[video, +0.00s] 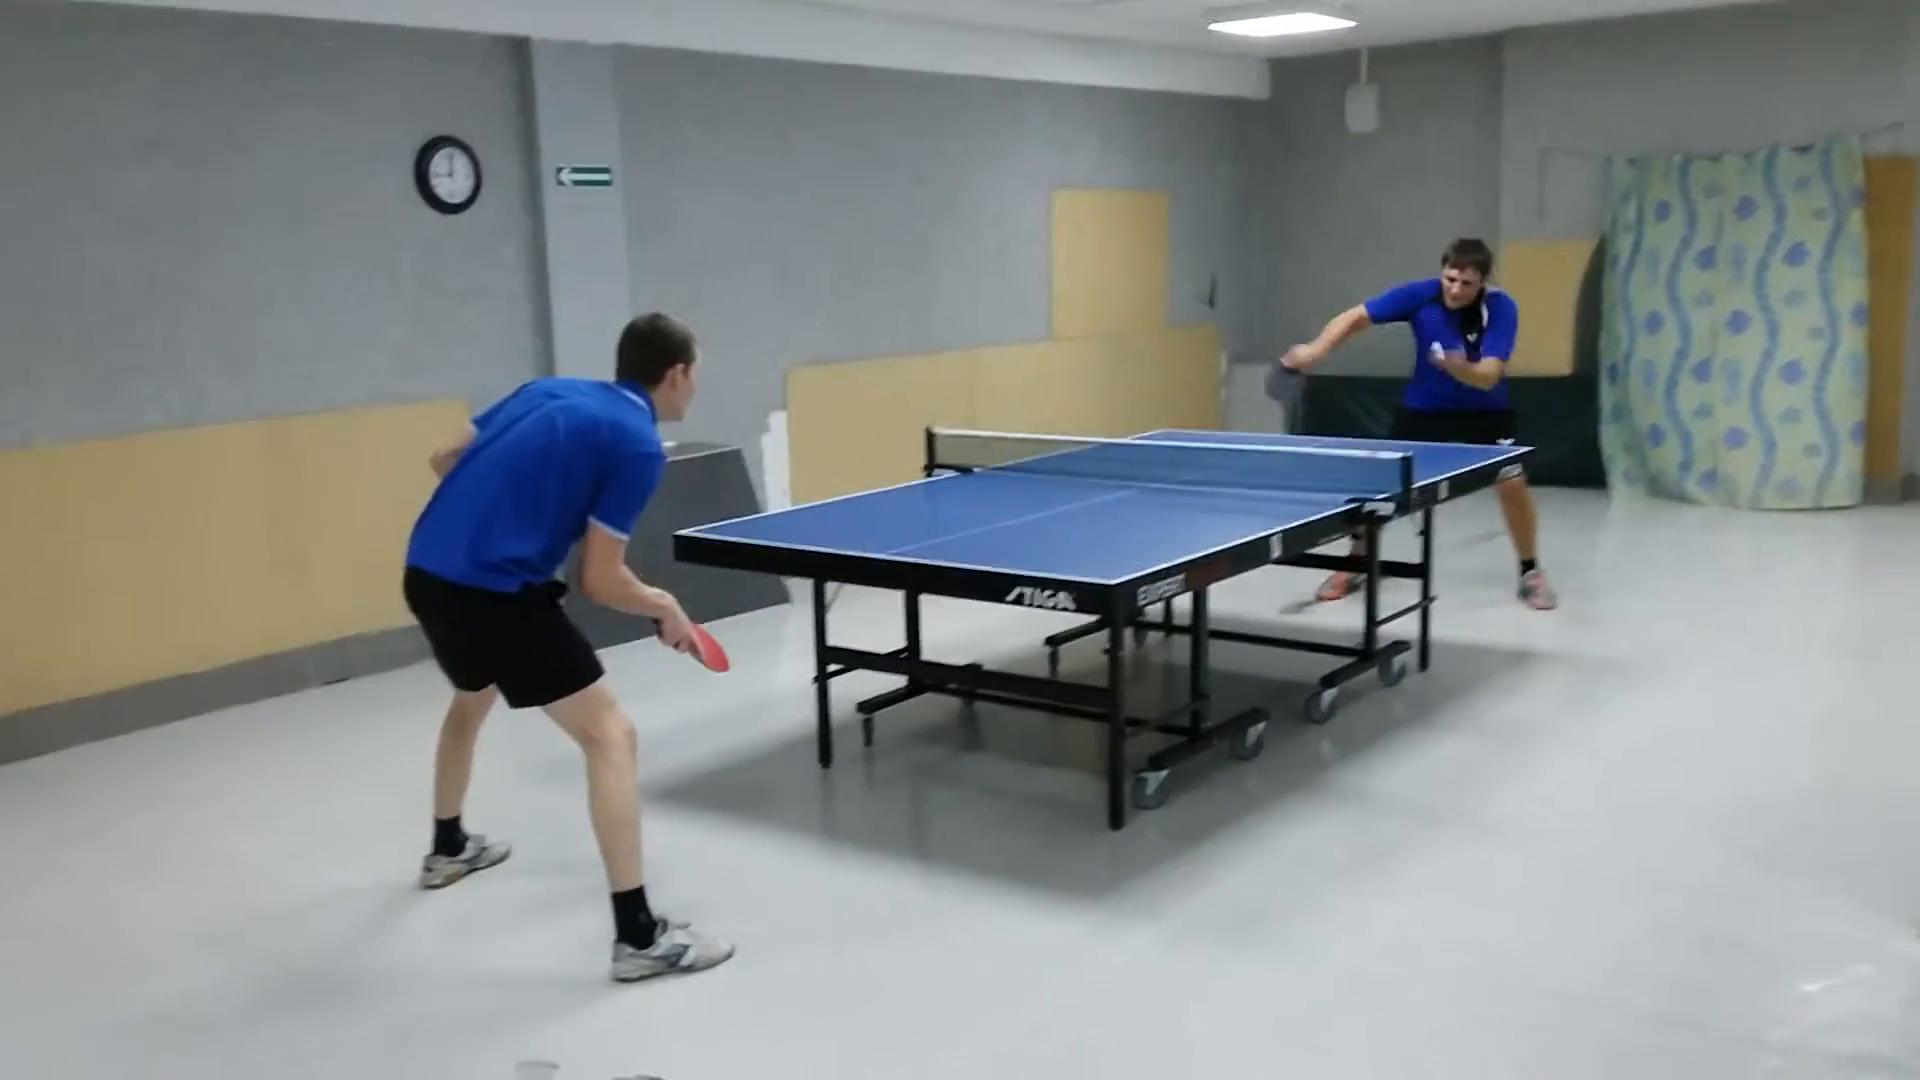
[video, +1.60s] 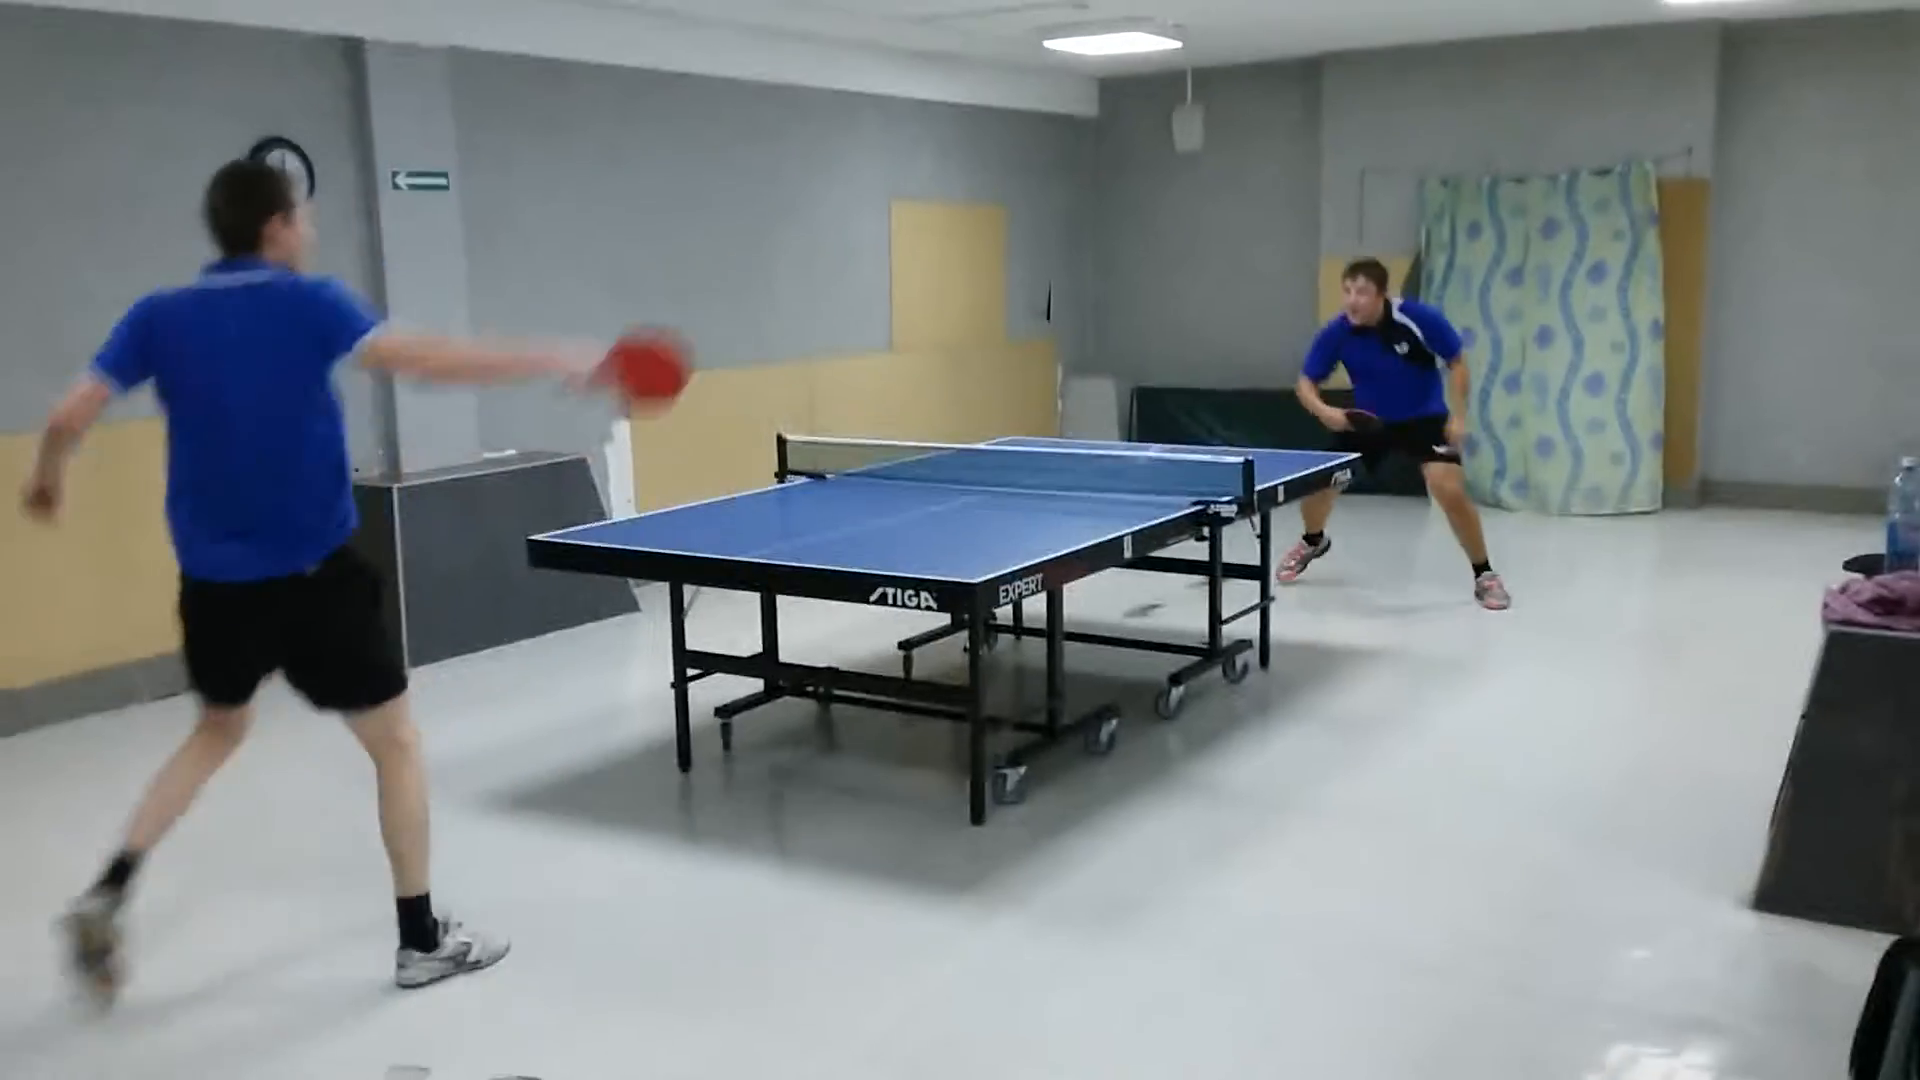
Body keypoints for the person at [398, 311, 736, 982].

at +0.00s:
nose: (695, 387)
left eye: (693, 374)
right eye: (693, 375)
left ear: (628, 367)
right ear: (673, 377)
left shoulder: (550, 391)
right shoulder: (637, 444)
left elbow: (445, 457)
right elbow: (601, 579)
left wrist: (502, 522)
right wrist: (664, 606)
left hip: (429, 572)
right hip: (499, 590)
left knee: (474, 691)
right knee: (610, 736)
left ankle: (446, 846)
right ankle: (638, 936)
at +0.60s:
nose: (573, 364)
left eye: (570, 351)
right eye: (569, 352)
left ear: (505, 355)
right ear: (547, 358)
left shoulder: (434, 396)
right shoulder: (530, 436)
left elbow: (349, 482)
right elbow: (532, 573)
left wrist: (414, 530)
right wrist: (608, 579)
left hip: (352, 605)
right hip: (423, 617)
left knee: (396, 723)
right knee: (531, 765)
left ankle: (338, 880)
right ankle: (538, 966)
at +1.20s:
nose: (511, 393)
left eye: (510, 381)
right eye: (509, 381)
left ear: (438, 386)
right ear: (493, 382)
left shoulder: (381, 437)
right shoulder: (485, 473)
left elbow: (326, 509)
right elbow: (600, 566)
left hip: (338, 658)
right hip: (409, 666)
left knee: (425, 706)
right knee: (588, 709)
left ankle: (306, 836)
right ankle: (576, 899)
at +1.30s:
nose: (472, 338)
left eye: (467, 324)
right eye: (467, 325)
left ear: (398, 334)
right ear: (450, 331)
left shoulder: (340, 385)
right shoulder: (464, 419)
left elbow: (252, 408)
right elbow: (581, 429)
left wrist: (313, 444)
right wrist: (694, 383)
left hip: (326, 615)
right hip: (406, 624)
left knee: (401, 681)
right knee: (567, 702)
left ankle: (311, 823)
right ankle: (582, 884)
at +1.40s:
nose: (410, 268)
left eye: (402, 254)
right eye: (403, 256)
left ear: (332, 267)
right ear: (388, 263)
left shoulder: (269, 327)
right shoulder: (416, 339)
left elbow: (140, 359)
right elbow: (568, 338)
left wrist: (179, 402)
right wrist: (700, 320)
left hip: (275, 582)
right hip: (367, 584)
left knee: (301, 679)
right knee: (474, 715)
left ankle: (291, 825)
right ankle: (547, 891)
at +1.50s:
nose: (360, 220)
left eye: (354, 206)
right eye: (353, 207)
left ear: (275, 218)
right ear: (330, 216)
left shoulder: (212, 291)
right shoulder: (363, 292)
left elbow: (91, 359)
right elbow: (510, 319)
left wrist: (73, 408)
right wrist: (647, 308)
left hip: (237, 555)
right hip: (338, 551)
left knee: (266, 683)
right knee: (430, 721)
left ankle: (212, 856)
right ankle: (447, 920)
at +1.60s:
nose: (307, 230)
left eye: (301, 214)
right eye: (300, 217)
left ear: (221, 230)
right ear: (277, 227)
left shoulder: (161, 315)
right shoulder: (309, 302)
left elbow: (65, 418)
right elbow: (411, 357)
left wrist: (46, 477)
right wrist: (558, 361)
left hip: (215, 587)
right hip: (318, 578)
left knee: (218, 725)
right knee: (396, 744)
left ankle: (109, 889)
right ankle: (421, 937)